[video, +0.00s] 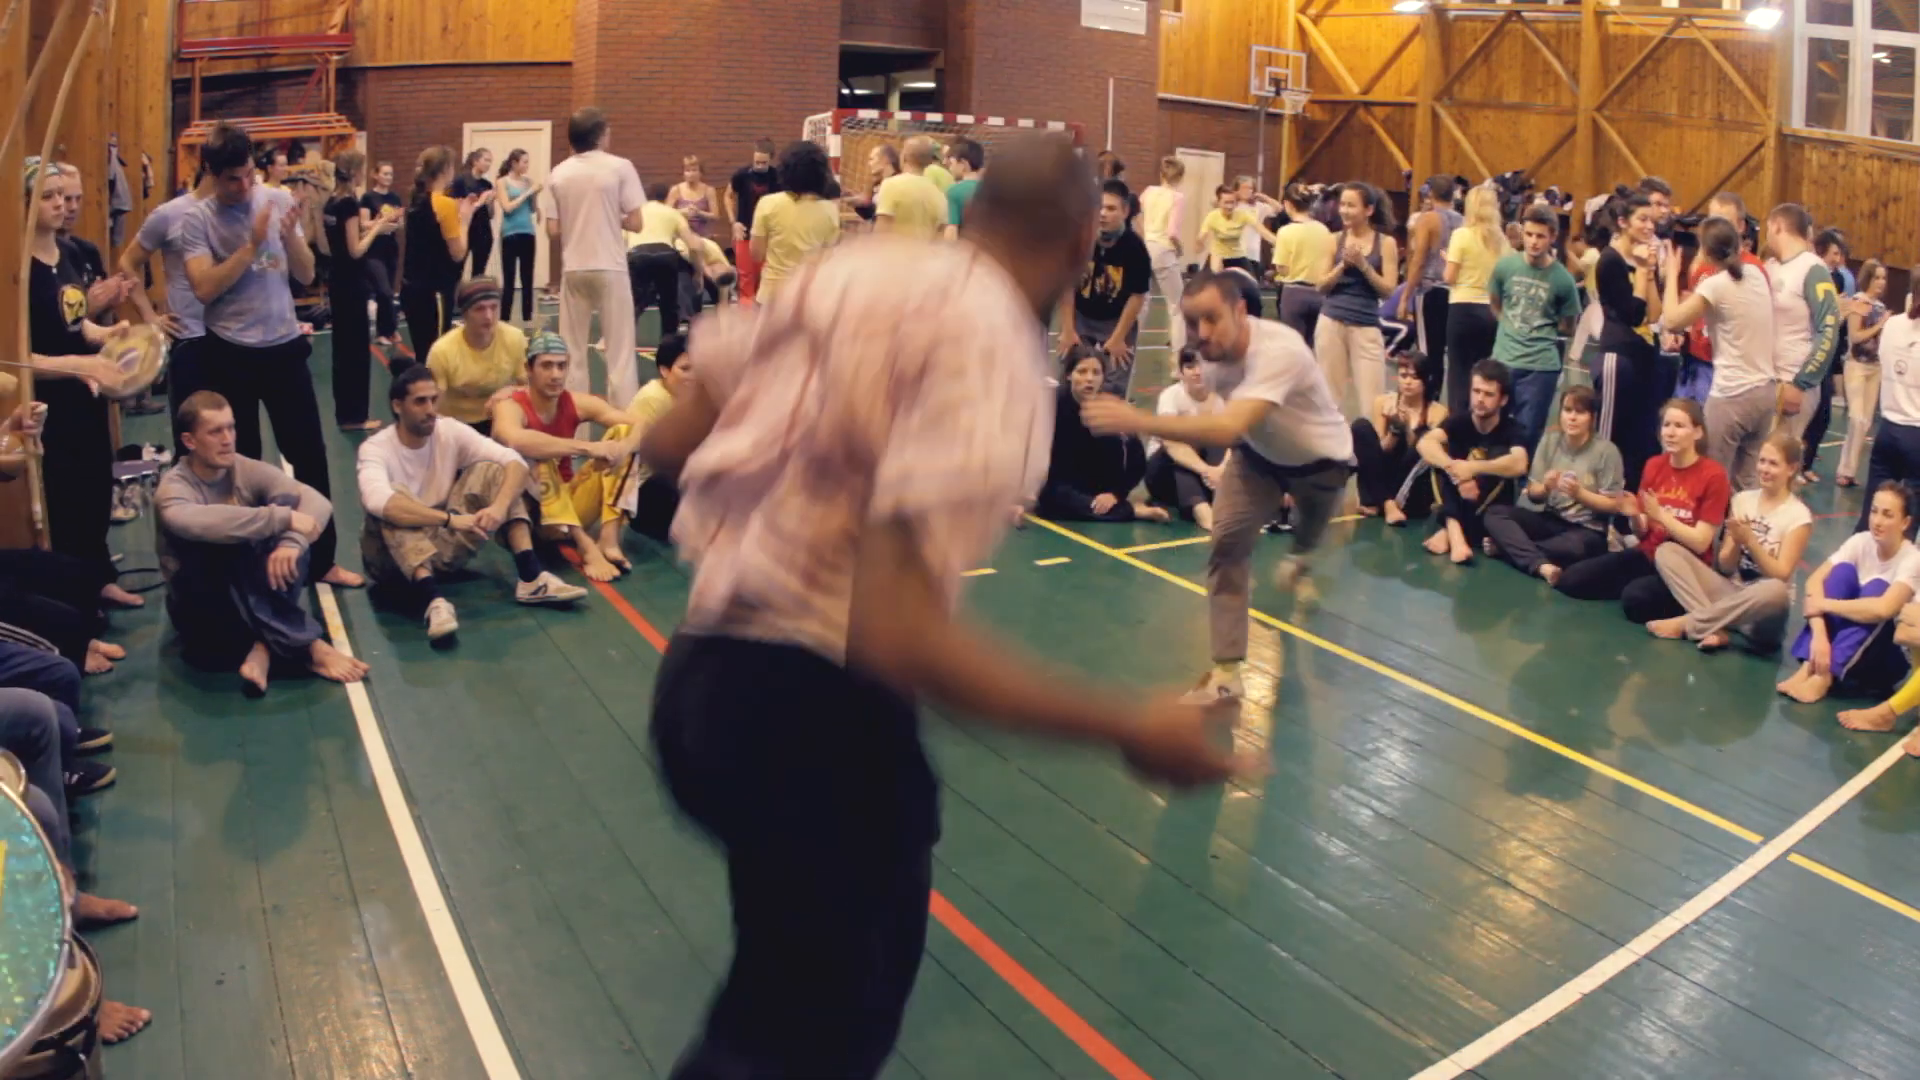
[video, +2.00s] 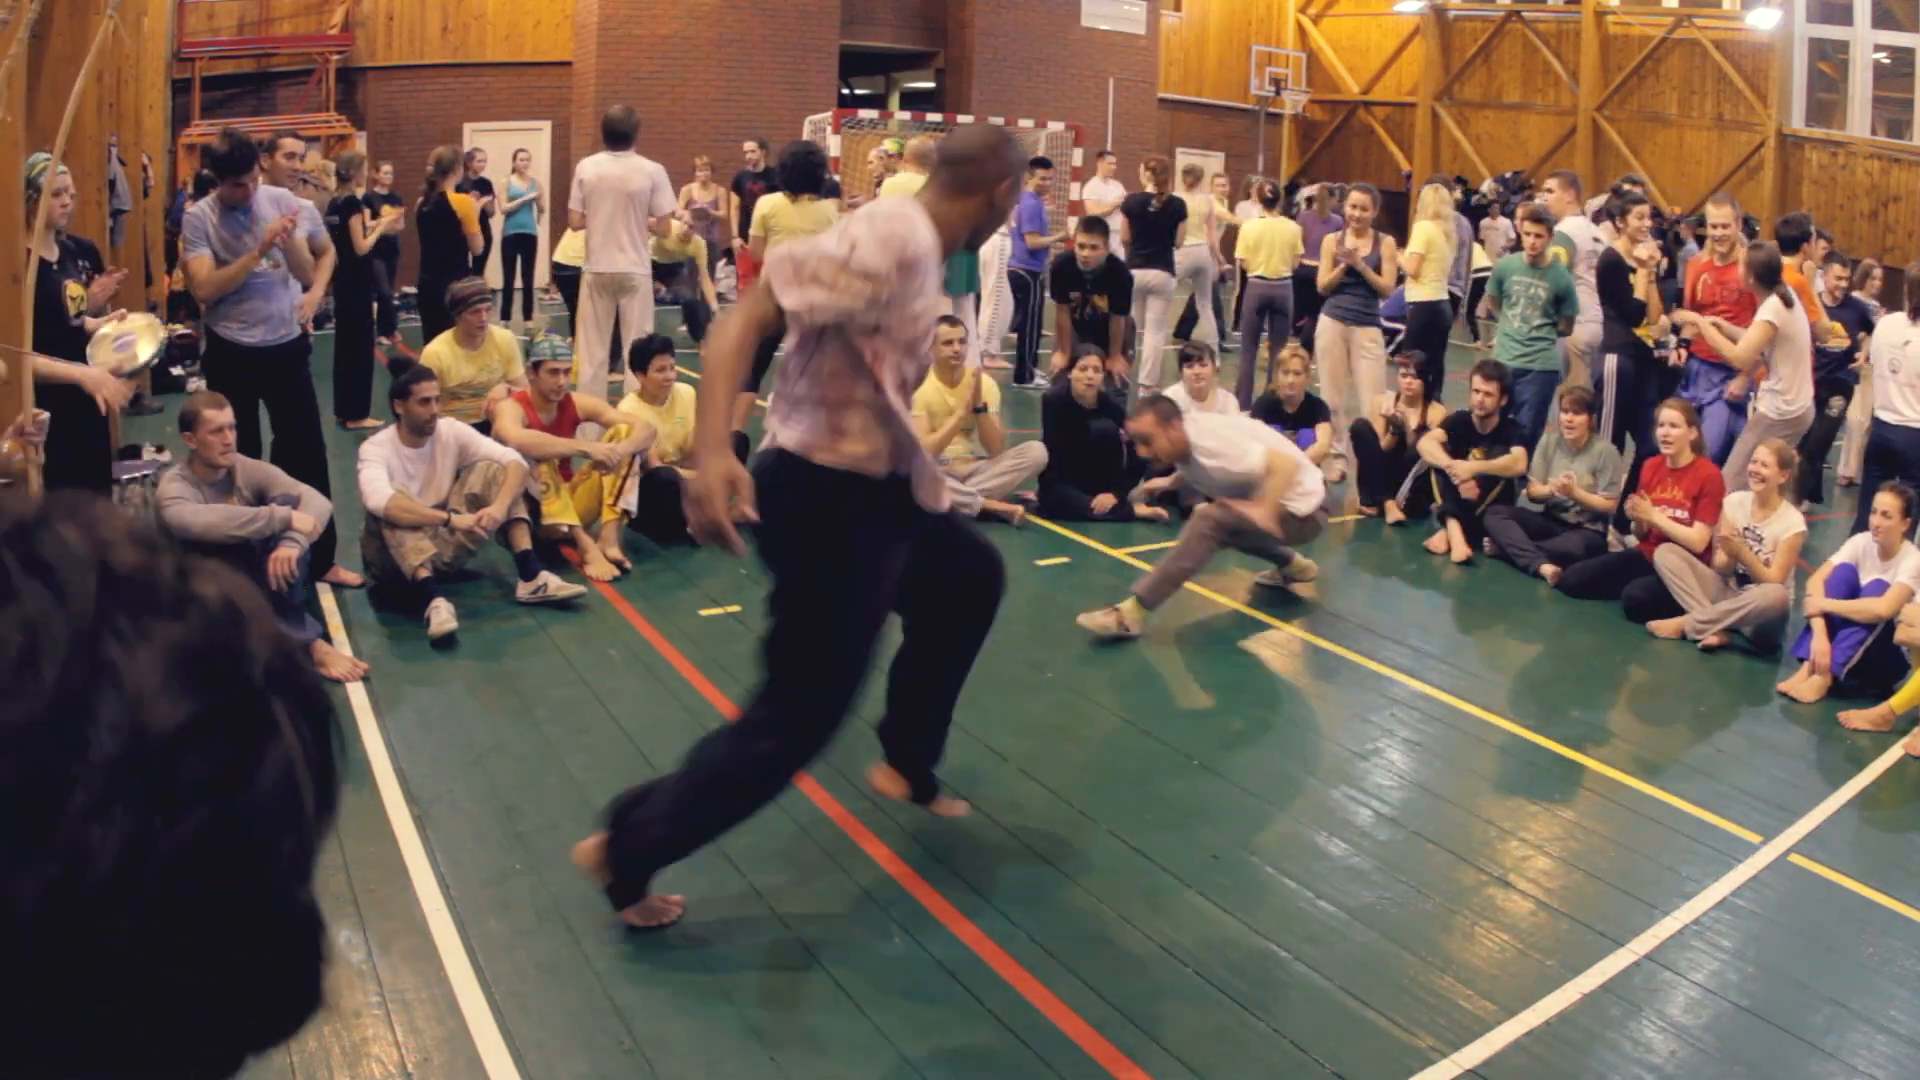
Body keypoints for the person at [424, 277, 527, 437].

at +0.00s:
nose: (488, 316)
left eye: (493, 307)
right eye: (479, 309)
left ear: (499, 309)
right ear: (464, 313)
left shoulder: (515, 339)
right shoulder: (442, 350)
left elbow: (525, 385)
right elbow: (433, 405)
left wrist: (510, 392)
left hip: (503, 421)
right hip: (457, 425)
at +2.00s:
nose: (483, 318)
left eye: (487, 310)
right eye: (475, 312)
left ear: (491, 310)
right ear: (458, 315)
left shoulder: (504, 339)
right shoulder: (435, 352)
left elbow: (524, 388)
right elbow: (423, 402)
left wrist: (505, 387)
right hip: (451, 429)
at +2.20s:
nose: (483, 317)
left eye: (486, 309)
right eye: (475, 311)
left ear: (490, 309)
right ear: (457, 315)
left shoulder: (504, 339)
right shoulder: (434, 352)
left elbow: (524, 388)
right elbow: (422, 401)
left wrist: (504, 387)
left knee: (509, 406)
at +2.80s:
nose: (480, 317)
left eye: (484, 309)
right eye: (471, 311)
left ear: (489, 309)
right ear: (454, 315)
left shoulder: (503, 340)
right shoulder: (433, 353)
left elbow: (523, 389)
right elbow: (420, 400)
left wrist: (504, 387)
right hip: (449, 427)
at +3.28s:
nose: (481, 317)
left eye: (485, 309)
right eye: (472, 311)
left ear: (490, 309)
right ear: (455, 314)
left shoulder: (503, 340)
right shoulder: (434, 353)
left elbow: (523, 389)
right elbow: (419, 400)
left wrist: (504, 387)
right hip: (449, 428)